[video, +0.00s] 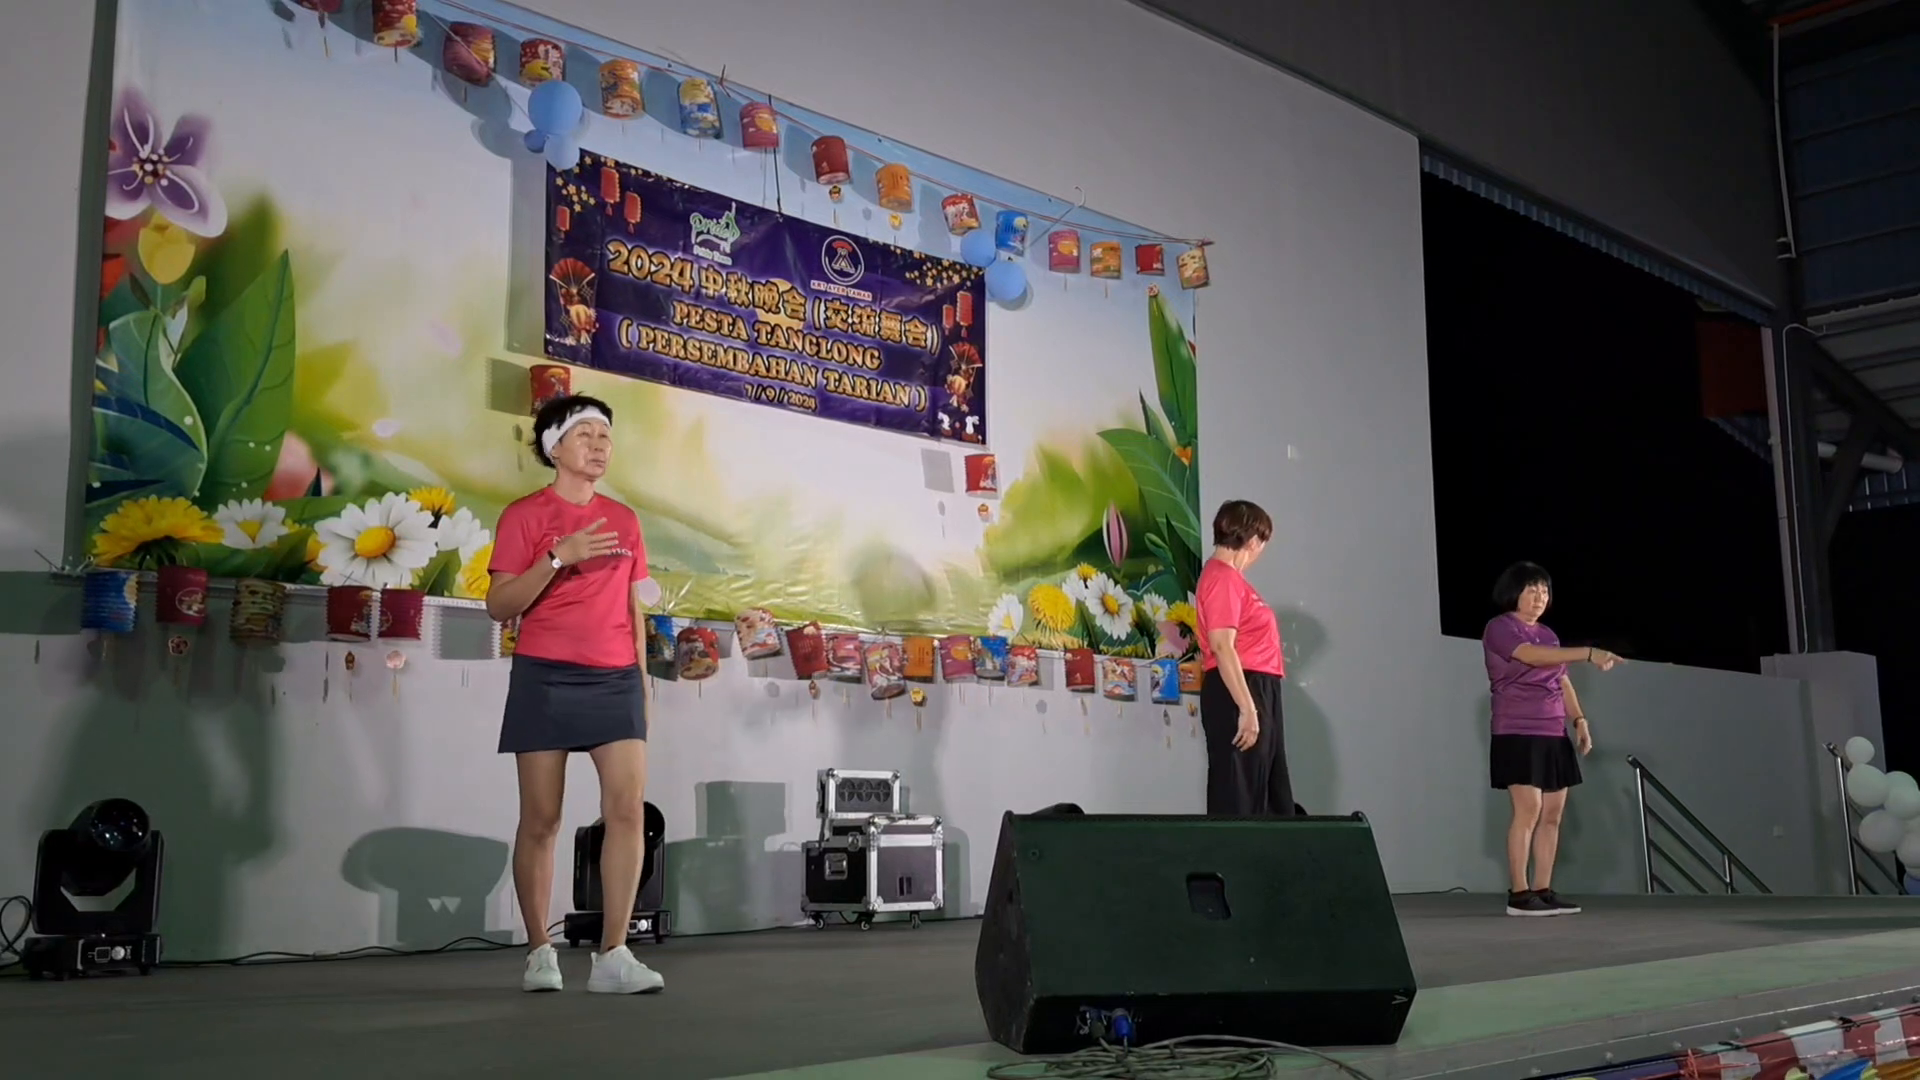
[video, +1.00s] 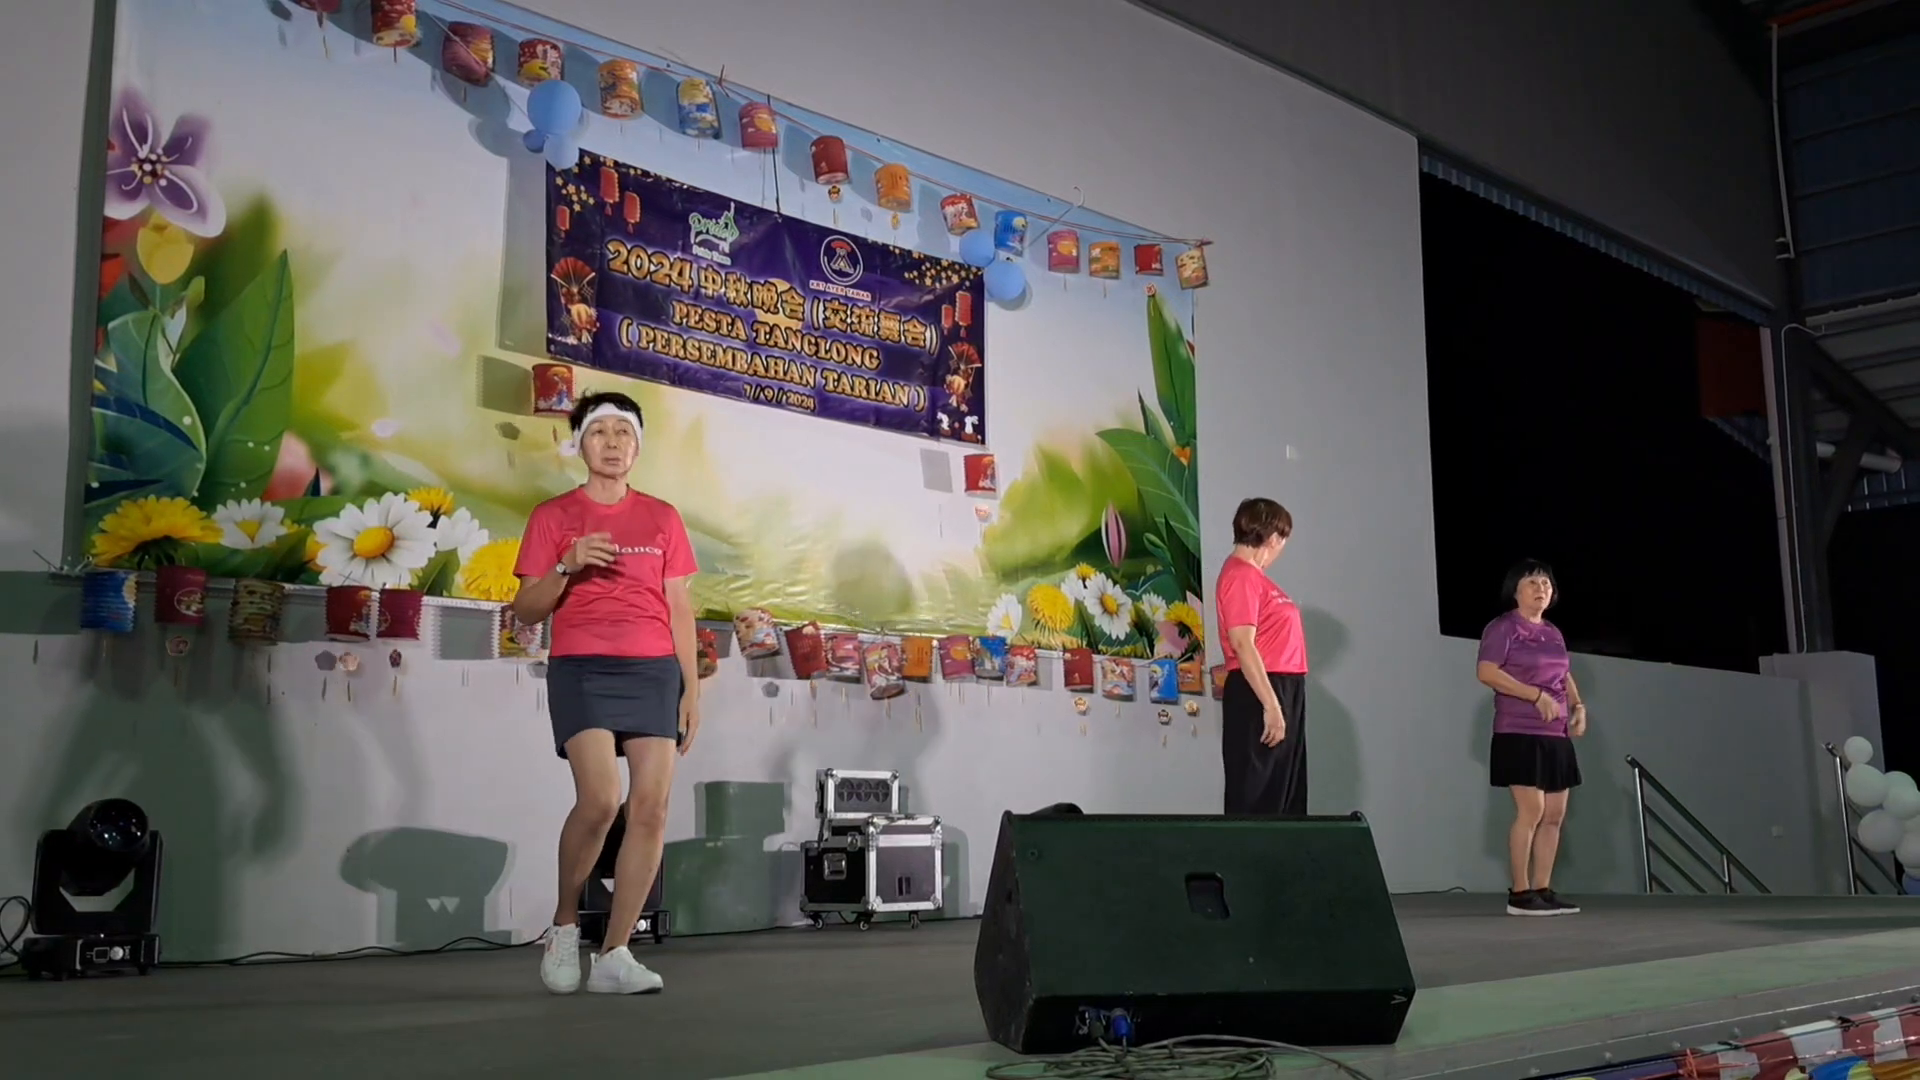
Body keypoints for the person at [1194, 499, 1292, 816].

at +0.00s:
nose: (1261, 550)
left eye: (1263, 542)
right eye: (1262, 541)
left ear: (1224, 532)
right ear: (1252, 540)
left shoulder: (1226, 575)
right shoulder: (1223, 576)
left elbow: (1227, 646)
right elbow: (1222, 645)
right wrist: (1247, 708)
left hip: (1258, 684)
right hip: (1241, 684)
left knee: (1264, 788)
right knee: (1240, 791)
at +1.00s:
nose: (1281, 547)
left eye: (1284, 540)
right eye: (1283, 539)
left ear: (1245, 530)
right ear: (1272, 538)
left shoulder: (1253, 575)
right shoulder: (1241, 575)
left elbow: (1251, 642)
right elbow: (1242, 643)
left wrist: (1283, 701)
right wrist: (1271, 705)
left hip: (1284, 687)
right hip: (1261, 688)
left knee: (1284, 792)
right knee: (1256, 793)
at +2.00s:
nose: (1310, 545)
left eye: (1311, 537)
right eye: (1308, 536)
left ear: (1287, 539)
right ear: (1291, 538)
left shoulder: (1296, 582)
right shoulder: (1249, 581)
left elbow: (1314, 649)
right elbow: (1234, 650)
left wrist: (1341, 698)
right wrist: (1236, 714)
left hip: (1311, 700)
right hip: (1272, 699)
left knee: (1306, 806)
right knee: (1277, 807)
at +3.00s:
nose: (1302, 539)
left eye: (1303, 531)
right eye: (1293, 530)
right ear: (1267, 537)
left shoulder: (1287, 581)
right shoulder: (1256, 577)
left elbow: (1292, 644)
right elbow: (1250, 643)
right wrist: (1268, 705)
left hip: (1311, 692)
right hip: (1280, 692)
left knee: (1308, 800)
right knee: (1285, 801)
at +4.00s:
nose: (1289, 538)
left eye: (1290, 529)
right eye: (1287, 529)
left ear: (1252, 528)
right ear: (1272, 529)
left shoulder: (1260, 572)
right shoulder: (1250, 568)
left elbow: (1271, 647)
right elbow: (1250, 635)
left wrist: (1298, 705)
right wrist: (1274, 697)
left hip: (1275, 688)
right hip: (1258, 688)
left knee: (1282, 797)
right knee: (1260, 798)